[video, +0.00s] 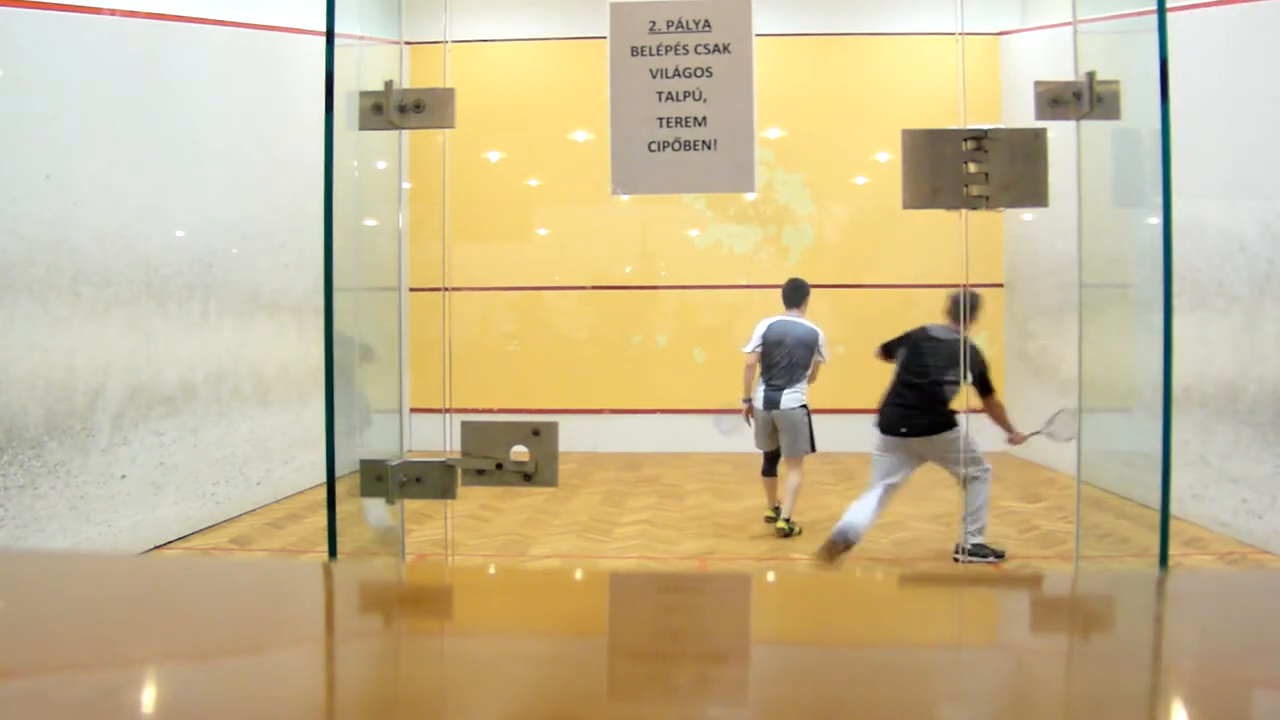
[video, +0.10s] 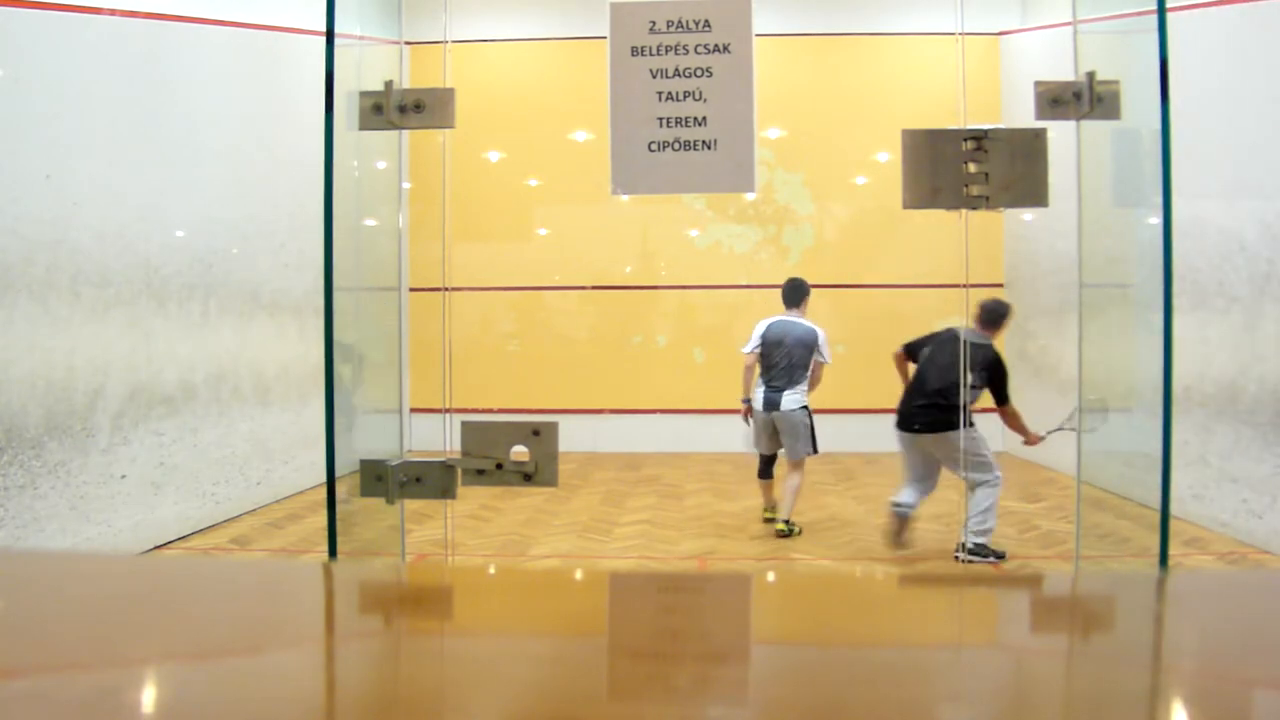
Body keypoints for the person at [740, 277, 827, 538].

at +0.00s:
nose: (807, 302)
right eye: (807, 298)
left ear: (783, 299)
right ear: (806, 301)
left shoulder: (765, 326)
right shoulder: (814, 333)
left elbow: (750, 363)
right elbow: (812, 374)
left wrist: (747, 397)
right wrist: (798, 385)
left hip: (764, 402)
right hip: (793, 404)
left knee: (770, 455)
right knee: (794, 464)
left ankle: (772, 507)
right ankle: (785, 519)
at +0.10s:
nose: (808, 302)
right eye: (808, 298)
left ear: (783, 299)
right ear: (806, 300)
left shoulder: (764, 327)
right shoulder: (815, 333)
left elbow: (749, 363)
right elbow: (816, 376)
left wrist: (747, 398)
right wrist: (801, 393)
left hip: (763, 403)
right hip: (793, 405)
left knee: (766, 457)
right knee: (796, 466)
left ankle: (769, 506)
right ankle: (783, 520)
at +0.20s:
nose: (808, 299)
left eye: (805, 294)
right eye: (808, 295)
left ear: (783, 296)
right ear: (806, 297)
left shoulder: (763, 324)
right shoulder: (815, 331)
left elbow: (747, 362)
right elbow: (818, 374)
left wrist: (743, 397)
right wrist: (805, 399)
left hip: (760, 401)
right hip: (792, 403)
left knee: (760, 457)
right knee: (795, 467)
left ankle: (758, 508)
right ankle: (784, 521)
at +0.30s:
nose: (808, 295)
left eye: (805, 291)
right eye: (808, 292)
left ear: (781, 293)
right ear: (805, 294)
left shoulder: (762, 320)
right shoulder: (814, 327)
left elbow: (745, 358)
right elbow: (818, 371)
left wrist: (740, 392)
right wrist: (811, 402)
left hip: (757, 399)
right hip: (790, 401)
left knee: (752, 458)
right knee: (793, 465)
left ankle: (747, 515)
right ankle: (784, 520)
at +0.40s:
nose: (805, 296)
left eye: (801, 291)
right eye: (805, 292)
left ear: (777, 294)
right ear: (801, 294)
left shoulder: (759, 322)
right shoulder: (811, 329)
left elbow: (740, 361)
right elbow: (817, 373)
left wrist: (735, 393)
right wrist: (812, 407)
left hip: (753, 402)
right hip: (787, 405)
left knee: (744, 462)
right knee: (794, 465)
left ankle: (735, 517)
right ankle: (784, 521)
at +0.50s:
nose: (796, 300)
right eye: (796, 296)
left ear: (770, 298)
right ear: (793, 298)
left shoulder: (753, 327)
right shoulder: (805, 332)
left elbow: (734, 366)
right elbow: (813, 376)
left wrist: (727, 395)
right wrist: (810, 409)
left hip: (750, 409)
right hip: (785, 412)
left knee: (732, 466)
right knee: (793, 466)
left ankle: (725, 514)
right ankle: (784, 521)